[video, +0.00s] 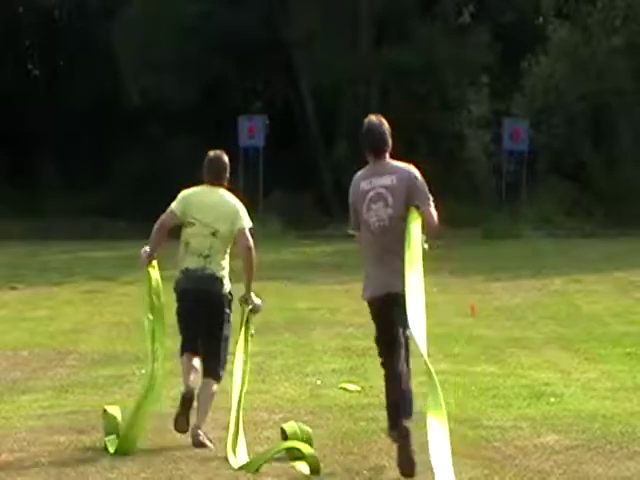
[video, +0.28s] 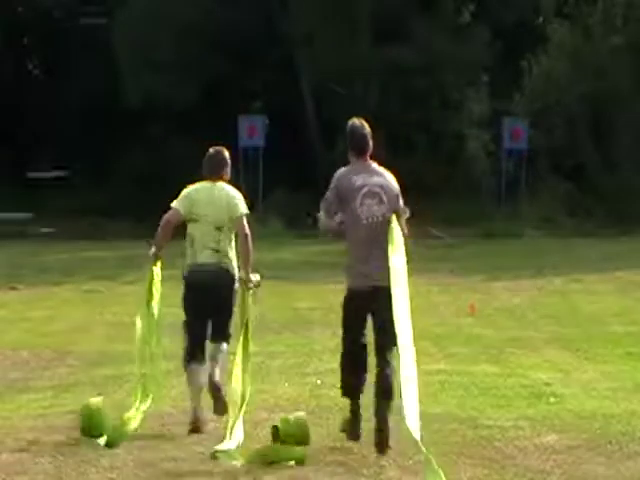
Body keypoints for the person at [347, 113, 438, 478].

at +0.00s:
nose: (380, 148)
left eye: (372, 143)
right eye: (385, 140)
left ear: (364, 146)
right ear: (390, 142)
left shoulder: (357, 181)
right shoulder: (409, 174)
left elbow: (356, 229)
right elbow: (431, 221)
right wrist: (423, 236)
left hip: (376, 285)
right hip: (406, 281)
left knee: (389, 357)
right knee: (402, 343)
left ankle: (398, 424)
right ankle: (404, 413)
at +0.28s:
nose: (364, 147)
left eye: (356, 143)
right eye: (368, 142)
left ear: (347, 146)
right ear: (372, 145)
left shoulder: (341, 179)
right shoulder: (388, 179)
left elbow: (326, 219)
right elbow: (402, 220)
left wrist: (348, 225)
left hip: (357, 284)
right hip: (387, 283)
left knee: (353, 346)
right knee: (386, 349)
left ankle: (354, 410)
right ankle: (383, 413)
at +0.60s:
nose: (348, 149)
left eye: (340, 144)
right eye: (349, 144)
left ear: (325, 148)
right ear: (348, 147)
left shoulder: (317, 179)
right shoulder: (358, 180)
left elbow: (315, 221)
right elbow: (371, 220)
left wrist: (323, 244)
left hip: (326, 271)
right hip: (353, 271)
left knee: (331, 328)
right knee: (351, 330)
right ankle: (348, 389)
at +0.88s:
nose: (318, 152)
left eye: (310, 148)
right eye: (321, 145)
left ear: (304, 150)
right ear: (325, 147)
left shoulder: (300, 180)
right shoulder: (337, 176)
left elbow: (305, 217)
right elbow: (348, 217)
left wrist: (341, 198)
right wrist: (357, 194)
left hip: (314, 270)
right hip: (340, 269)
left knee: (314, 330)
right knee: (341, 328)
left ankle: (317, 396)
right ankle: (333, 389)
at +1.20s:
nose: (331, 155)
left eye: (328, 151)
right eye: (331, 151)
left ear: (309, 152)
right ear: (329, 153)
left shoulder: (303, 176)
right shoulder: (326, 182)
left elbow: (322, 209)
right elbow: (326, 222)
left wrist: (346, 204)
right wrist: (351, 207)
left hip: (296, 269)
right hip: (320, 268)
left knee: (304, 330)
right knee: (328, 331)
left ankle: (296, 362)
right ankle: (321, 391)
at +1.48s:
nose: (314, 149)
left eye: (308, 144)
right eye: (317, 144)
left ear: (298, 146)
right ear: (320, 146)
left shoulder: (291, 172)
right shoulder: (330, 173)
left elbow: (283, 205)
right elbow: (340, 206)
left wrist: (289, 216)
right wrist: (339, 205)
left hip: (299, 256)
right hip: (325, 254)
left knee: (301, 316)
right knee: (324, 304)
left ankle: (305, 373)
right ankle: (323, 331)